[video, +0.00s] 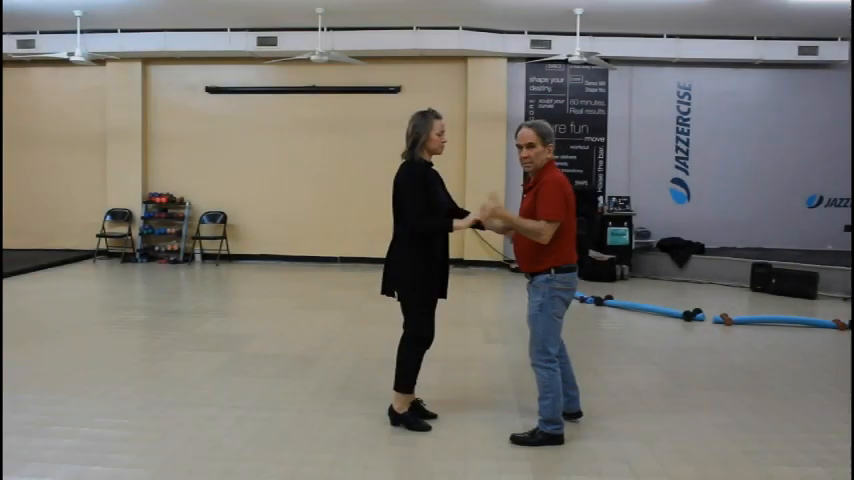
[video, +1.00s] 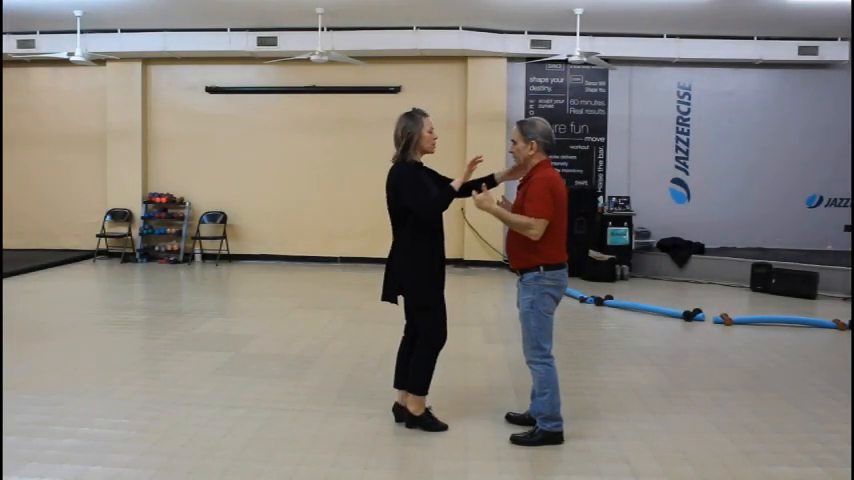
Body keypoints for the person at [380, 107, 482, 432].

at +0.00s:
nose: (444, 139)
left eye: (444, 134)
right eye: (440, 134)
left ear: (427, 137)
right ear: (423, 136)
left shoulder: (427, 172)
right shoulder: (411, 173)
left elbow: (450, 211)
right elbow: (420, 222)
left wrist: (483, 222)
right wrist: (459, 224)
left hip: (424, 270)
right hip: (411, 271)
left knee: (421, 333)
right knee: (417, 334)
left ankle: (407, 399)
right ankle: (399, 406)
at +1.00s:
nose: (435, 136)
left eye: (434, 131)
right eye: (430, 131)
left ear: (415, 136)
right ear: (414, 135)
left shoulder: (416, 170)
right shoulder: (406, 173)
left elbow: (460, 188)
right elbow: (431, 207)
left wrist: (505, 175)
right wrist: (456, 183)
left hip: (418, 269)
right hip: (420, 271)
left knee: (416, 332)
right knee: (433, 335)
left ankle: (403, 402)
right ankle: (416, 407)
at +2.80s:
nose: (445, 133)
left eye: (443, 128)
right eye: (439, 129)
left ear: (424, 133)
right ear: (425, 134)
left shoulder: (427, 167)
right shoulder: (421, 170)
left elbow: (454, 199)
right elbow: (454, 187)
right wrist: (479, 155)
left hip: (435, 267)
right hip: (429, 269)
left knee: (436, 336)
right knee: (434, 337)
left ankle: (426, 406)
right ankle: (425, 410)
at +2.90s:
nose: (444, 134)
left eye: (442, 128)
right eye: (439, 129)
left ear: (425, 132)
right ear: (424, 133)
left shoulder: (426, 168)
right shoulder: (420, 170)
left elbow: (451, 202)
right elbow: (450, 187)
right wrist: (476, 157)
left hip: (434, 267)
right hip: (428, 269)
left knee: (436, 337)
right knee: (433, 338)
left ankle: (426, 406)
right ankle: (423, 411)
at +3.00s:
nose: (443, 134)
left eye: (441, 128)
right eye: (438, 129)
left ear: (424, 133)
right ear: (423, 134)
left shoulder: (425, 168)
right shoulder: (420, 170)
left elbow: (442, 214)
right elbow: (451, 189)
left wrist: (473, 208)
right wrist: (476, 155)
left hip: (432, 267)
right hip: (427, 269)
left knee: (434, 337)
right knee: (433, 338)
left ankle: (426, 406)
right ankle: (424, 410)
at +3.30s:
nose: (446, 133)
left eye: (444, 128)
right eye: (440, 128)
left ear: (425, 133)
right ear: (425, 133)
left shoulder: (426, 167)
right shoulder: (423, 169)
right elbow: (455, 189)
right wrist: (480, 153)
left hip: (430, 267)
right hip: (427, 269)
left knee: (432, 338)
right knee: (431, 339)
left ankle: (426, 406)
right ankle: (424, 411)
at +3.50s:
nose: (450, 133)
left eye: (448, 127)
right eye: (444, 128)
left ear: (431, 132)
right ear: (428, 133)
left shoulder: (437, 168)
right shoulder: (423, 169)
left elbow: (473, 191)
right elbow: (457, 183)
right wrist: (483, 151)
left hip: (438, 267)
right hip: (427, 268)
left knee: (434, 338)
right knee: (429, 338)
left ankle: (426, 407)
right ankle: (424, 411)